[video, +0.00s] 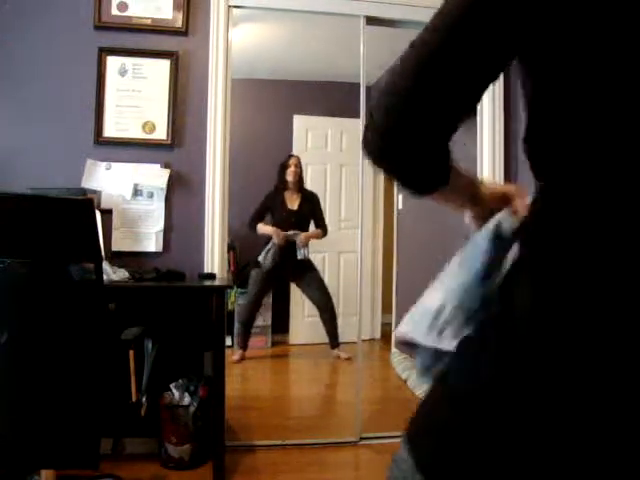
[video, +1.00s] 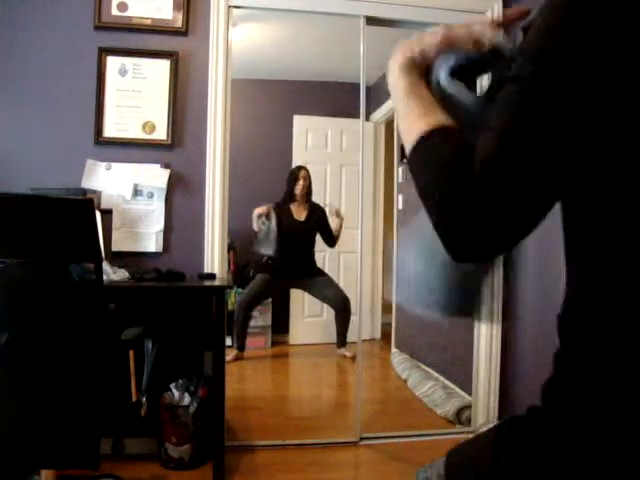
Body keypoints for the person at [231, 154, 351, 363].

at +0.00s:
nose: (294, 170)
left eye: (297, 166)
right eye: (290, 166)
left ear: (301, 171)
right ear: (283, 171)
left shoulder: (310, 198)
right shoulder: (274, 196)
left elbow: (322, 230)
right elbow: (254, 224)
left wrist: (308, 236)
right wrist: (273, 231)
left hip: (298, 258)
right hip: (273, 257)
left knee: (324, 299)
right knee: (251, 300)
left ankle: (335, 347)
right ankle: (240, 348)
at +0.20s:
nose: (292, 172)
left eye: (295, 169)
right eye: (288, 169)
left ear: (300, 174)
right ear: (281, 174)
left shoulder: (309, 201)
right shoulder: (272, 199)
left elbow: (321, 233)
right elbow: (252, 229)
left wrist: (308, 238)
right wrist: (270, 234)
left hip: (297, 261)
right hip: (270, 261)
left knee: (328, 301)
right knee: (249, 301)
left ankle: (336, 348)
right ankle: (240, 349)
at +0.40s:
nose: (298, 176)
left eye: (301, 173)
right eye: (294, 173)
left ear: (306, 178)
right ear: (287, 177)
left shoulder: (315, 204)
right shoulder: (278, 203)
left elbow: (330, 234)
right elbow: (260, 231)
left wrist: (317, 241)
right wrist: (276, 235)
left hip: (306, 264)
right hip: (278, 264)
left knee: (337, 300)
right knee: (247, 301)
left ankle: (340, 347)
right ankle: (239, 349)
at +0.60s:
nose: (304, 181)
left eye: (308, 178)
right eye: (300, 178)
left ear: (312, 182)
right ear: (293, 182)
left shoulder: (321, 210)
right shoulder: (283, 207)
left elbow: (336, 239)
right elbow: (265, 236)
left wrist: (327, 246)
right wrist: (279, 244)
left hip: (310, 269)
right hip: (282, 269)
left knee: (343, 302)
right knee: (246, 301)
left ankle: (342, 346)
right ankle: (238, 349)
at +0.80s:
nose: (305, 184)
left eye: (309, 181)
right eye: (301, 180)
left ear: (313, 185)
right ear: (294, 185)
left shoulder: (320, 213)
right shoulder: (284, 210)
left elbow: (334, 242)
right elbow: (265, 238)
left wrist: (329, 247)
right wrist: (278, 242)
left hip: (309, 272)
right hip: (280, 272)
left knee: (344, 303)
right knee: (245, 300)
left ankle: (342, 347)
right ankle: (238, 350)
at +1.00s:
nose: (302, 183)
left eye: (305, 180)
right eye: (298, 180)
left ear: (310, 184)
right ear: (291, 183)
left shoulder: (316, 211)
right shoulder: (278, 209)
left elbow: (331, 242)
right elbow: (261, 238)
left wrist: (338, 224)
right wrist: (258, 215)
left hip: (307, 272)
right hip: (277, 272)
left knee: (341, 302)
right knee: (244, 302)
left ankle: (341, 347)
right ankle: (239, 350)